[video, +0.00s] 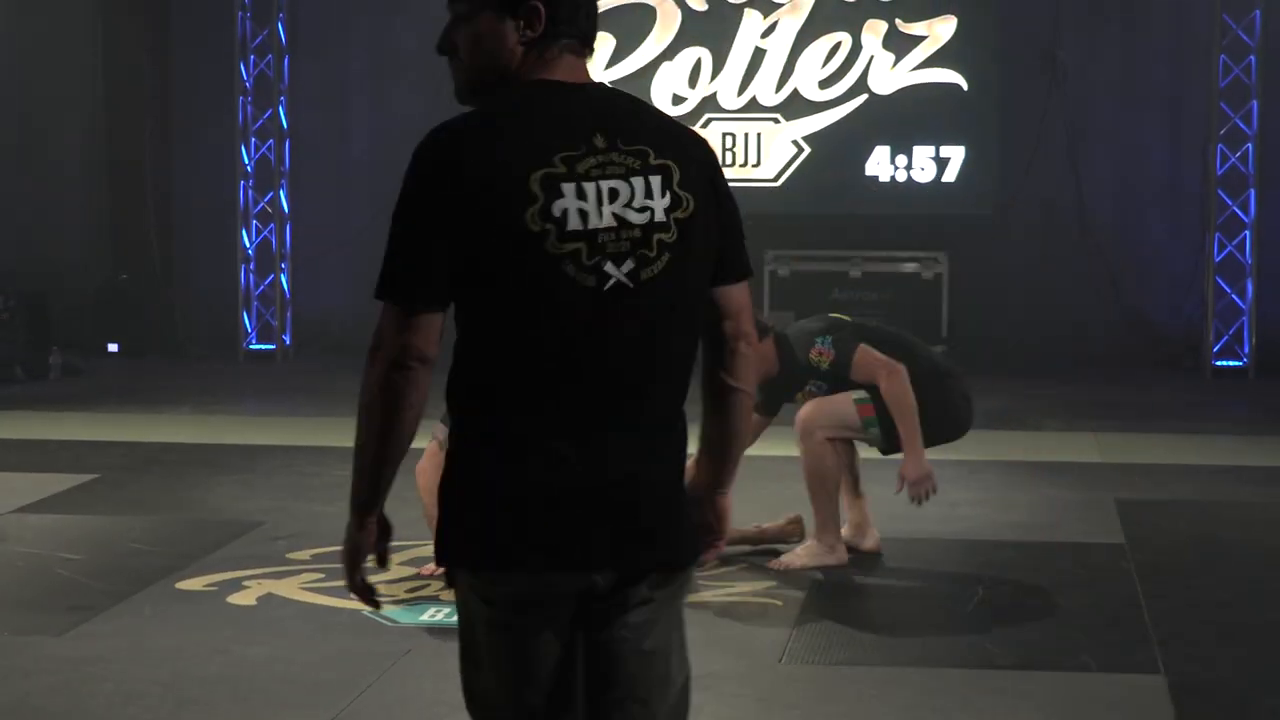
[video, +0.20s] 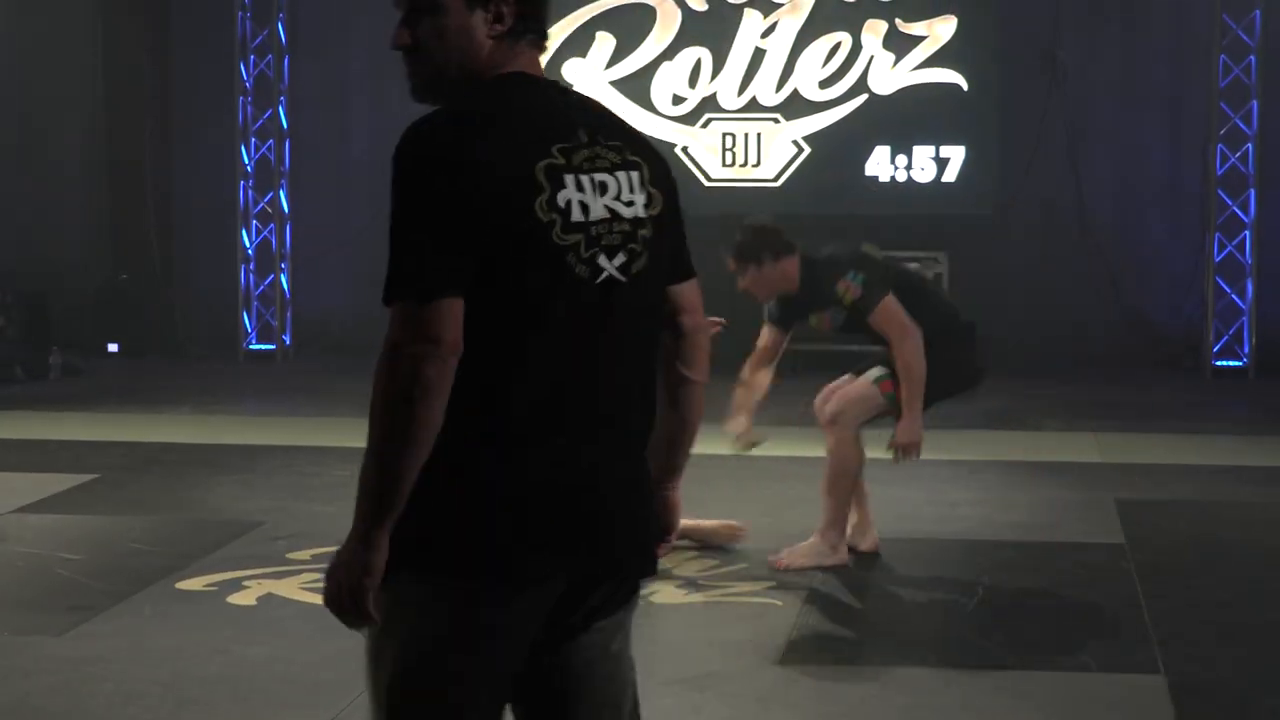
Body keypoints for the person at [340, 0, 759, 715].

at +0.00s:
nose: (443, 47)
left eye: (459, 23)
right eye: (447, 27)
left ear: (527, 22)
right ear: (578, 32)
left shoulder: (458, 151)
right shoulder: (684, 148)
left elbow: (409, 349)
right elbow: (737, 336)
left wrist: (368, 503)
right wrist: (712, 482)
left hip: (508, 507)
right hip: (646, 502)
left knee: (517, 704)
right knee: (646, 705)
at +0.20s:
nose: (399, 38)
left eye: (419, 14)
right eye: (403, 17)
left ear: (494, 16)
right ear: (502, 21)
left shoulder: (441, 144)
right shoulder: (632, 145)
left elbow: (428, 346)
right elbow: (687, 328)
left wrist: (370, 529)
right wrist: (663, 477)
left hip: (467, 529)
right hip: (604, 523)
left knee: (431, 705)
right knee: (592, 708)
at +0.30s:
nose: (360, 45)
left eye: (381, 20)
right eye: (364, 23)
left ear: (457, 20)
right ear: (466, 22)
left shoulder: (410, 155)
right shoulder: (595, 146)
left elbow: (414, 358)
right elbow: (657, 335)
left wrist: (373, 549)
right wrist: (633, 484)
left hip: (445, 544)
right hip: (578, 532)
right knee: (571, 706)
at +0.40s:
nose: (300, 64)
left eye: (322, 37)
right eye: (300, 43)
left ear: (401, 34)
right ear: (408, 36)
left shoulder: (358, 181)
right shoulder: (542, 155)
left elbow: (383, 388)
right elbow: (605, 355)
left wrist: (349, 583)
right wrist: (578, 502)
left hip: (404, 575)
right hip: (539, 556)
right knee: (541, 706)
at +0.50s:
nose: (227, 83)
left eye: (247, 55)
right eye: (228, 60)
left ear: (326, 52)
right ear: (338, 55)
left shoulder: (294, 200)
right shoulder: (466, 171)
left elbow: (320, 423)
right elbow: (537, 353)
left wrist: (278, 617)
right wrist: (496, 503)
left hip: (344, 602)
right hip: (472, 578)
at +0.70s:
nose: (57, 85)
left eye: (78, 57)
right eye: (60, 58)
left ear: (154, 54)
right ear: (177, 56)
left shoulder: (150, 204)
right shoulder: (309, 176)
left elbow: (134, 433)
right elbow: (357, 392)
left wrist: (37, 648)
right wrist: (303, 536)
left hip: (175, 614)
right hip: (296, 593)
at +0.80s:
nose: (5, 77)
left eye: (18, 48)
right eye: (10, 52)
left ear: (69, 52)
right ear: (129, 53)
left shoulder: (79, 199)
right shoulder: (236, 165)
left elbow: (52, 423)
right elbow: (287, 373)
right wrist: (239, 490)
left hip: (128, 586)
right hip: (240, 563)